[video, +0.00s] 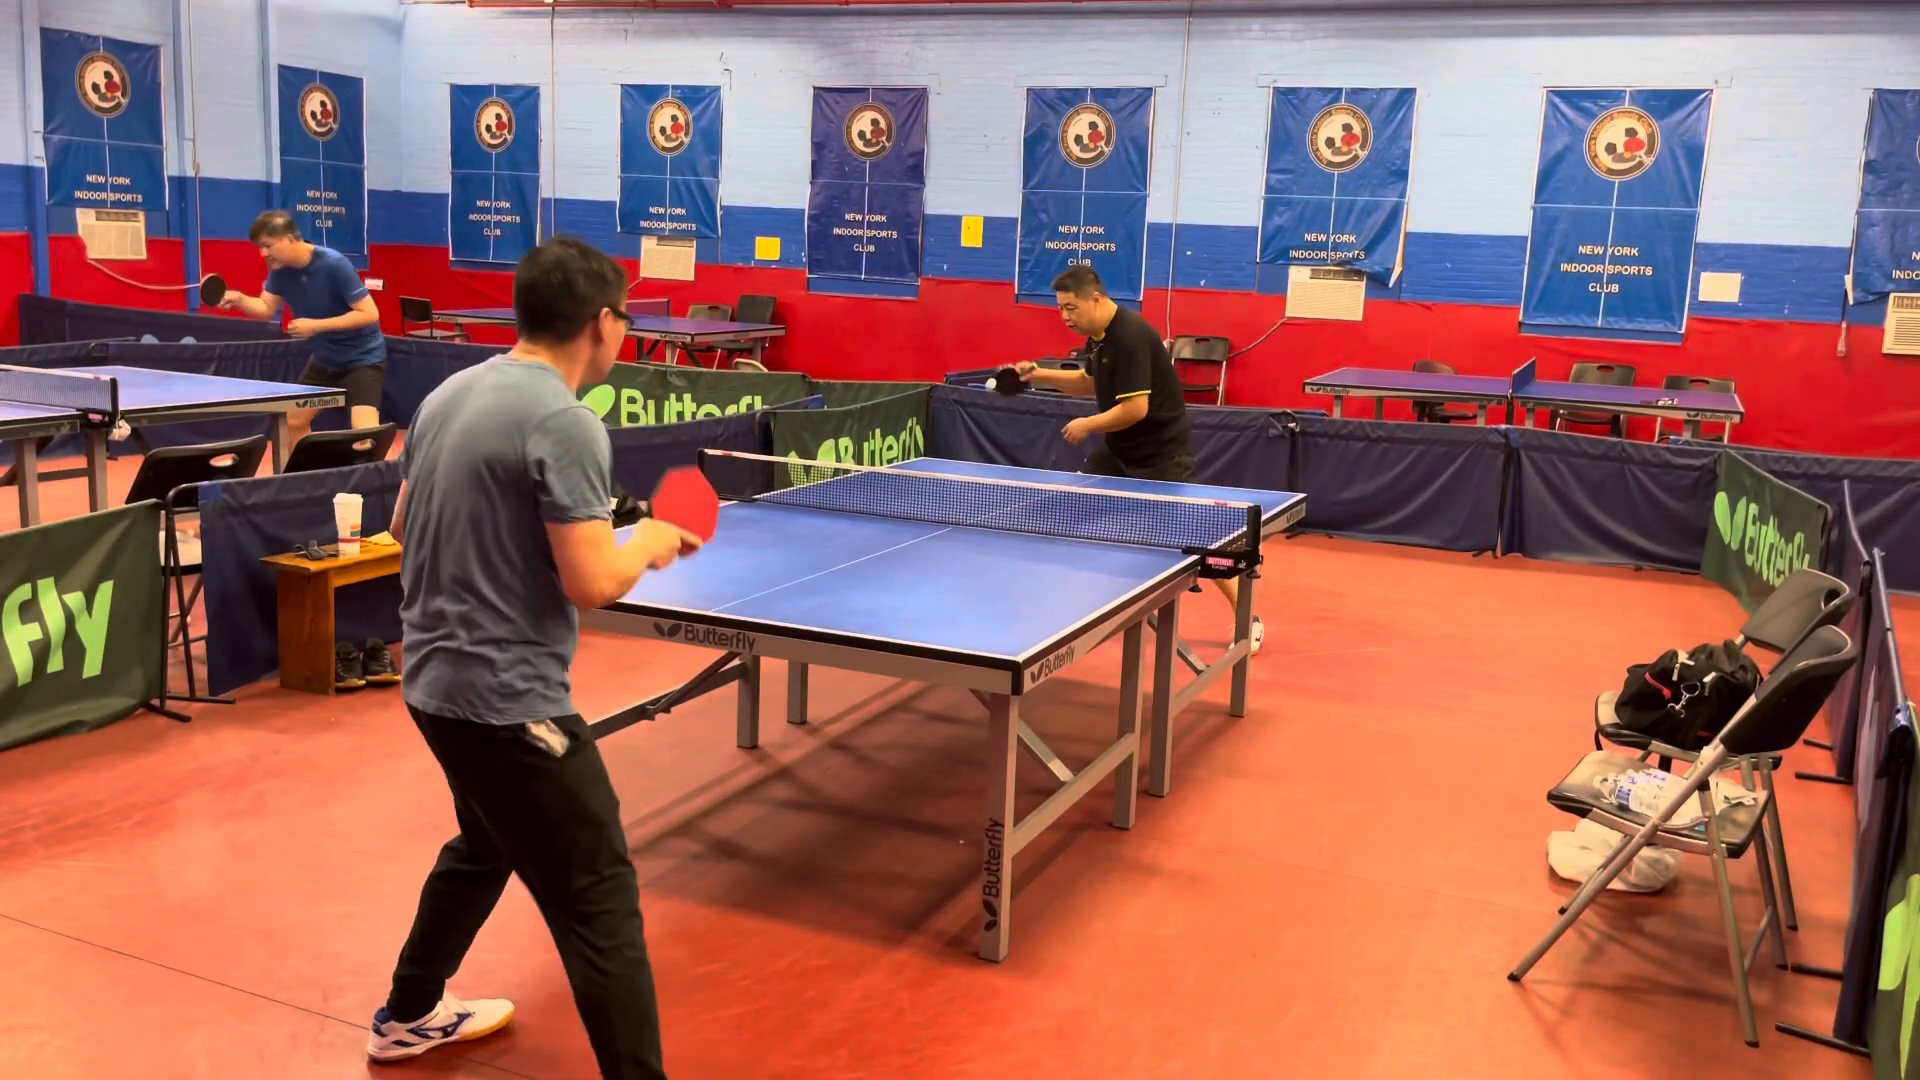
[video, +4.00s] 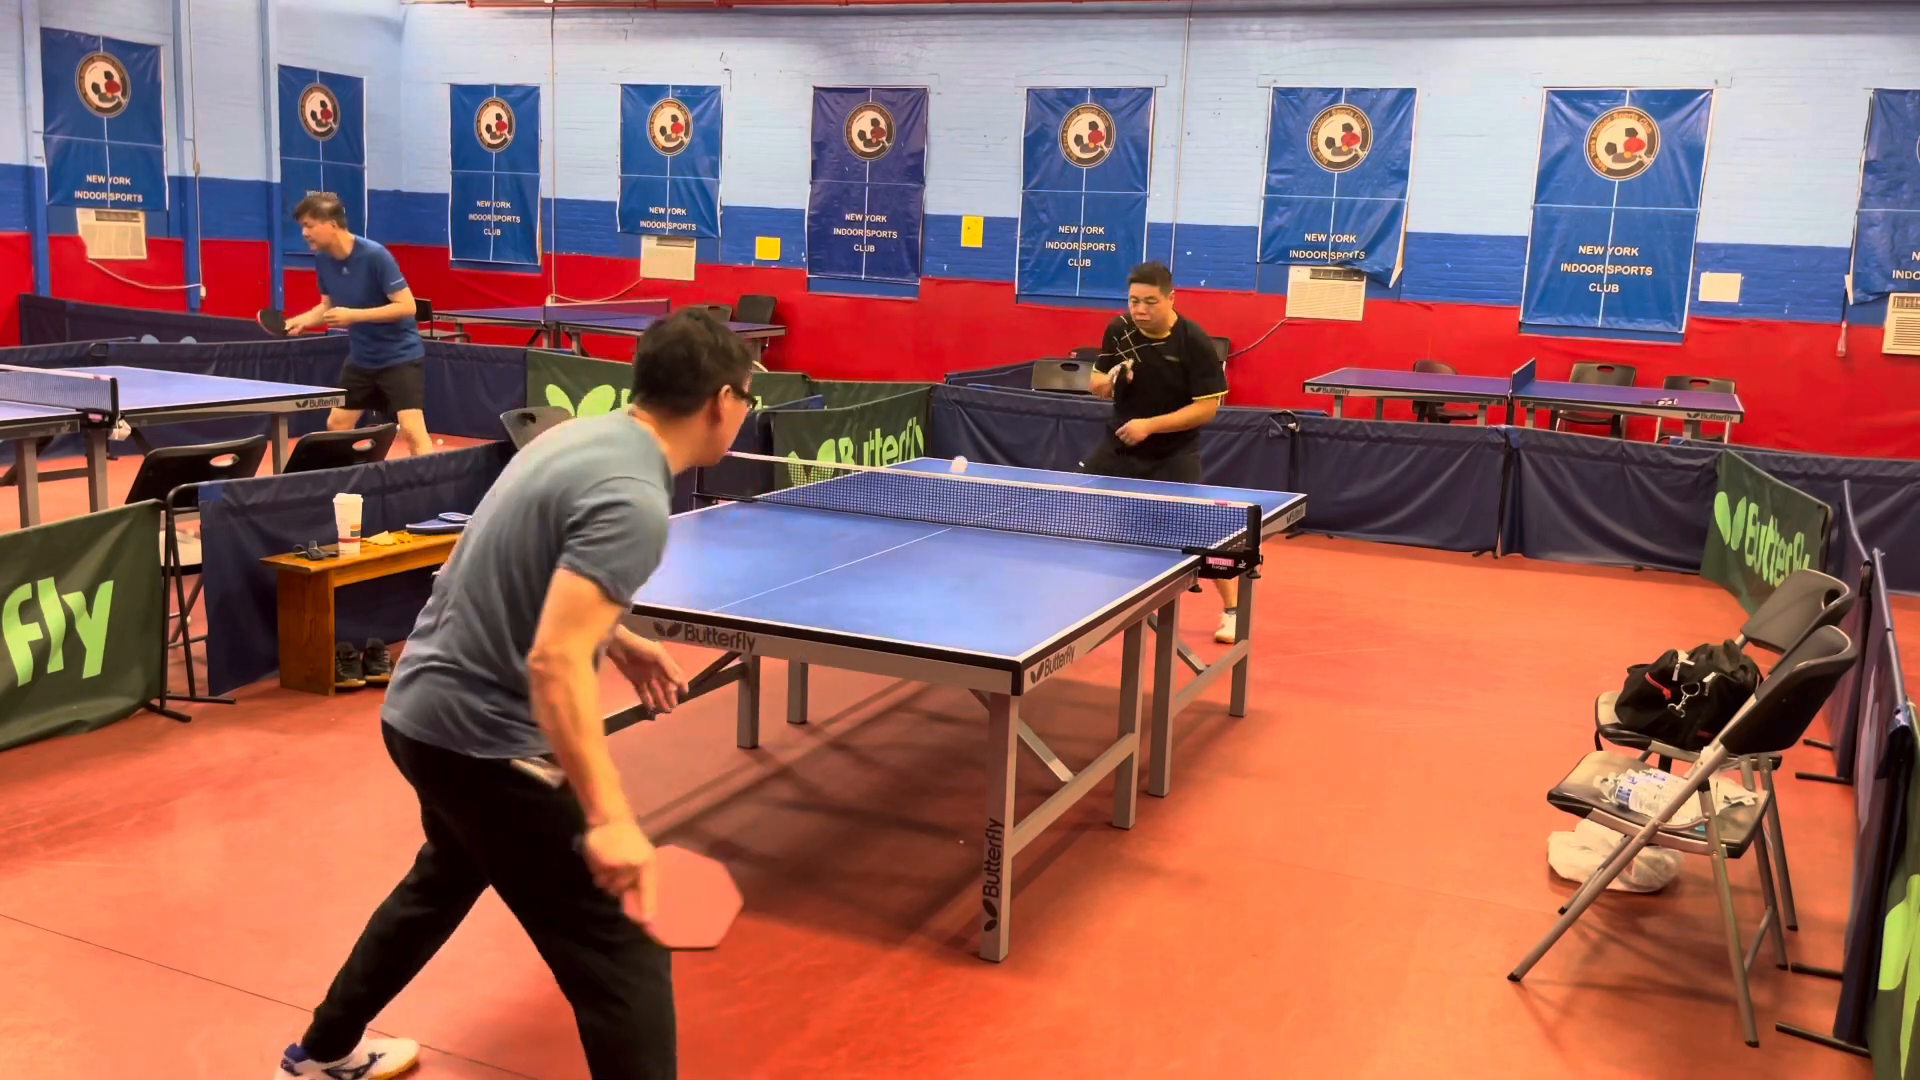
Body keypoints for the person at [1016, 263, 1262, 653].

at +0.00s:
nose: (1065, 317)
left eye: (1071, 308)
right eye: (1061, 309)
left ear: (1098, 300)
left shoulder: (1130, 336)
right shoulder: (1099, 334)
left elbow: (1136, 407)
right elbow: (1093, 382)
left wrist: (1088, 424)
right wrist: (1038, 375)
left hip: (1161, 459)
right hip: (1116, 454)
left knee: (1196, 534)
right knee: (1065, 510)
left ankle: (1247, 619)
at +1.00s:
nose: (1066, 322)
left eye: (1072, 312)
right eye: (1062, 313)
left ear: (1099, 303)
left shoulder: (1128, 341)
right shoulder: (1102, 332)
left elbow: (1120, 415)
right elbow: (1104, 375)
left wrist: (1081, 413)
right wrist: (1060, 374)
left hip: (1150, 455)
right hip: (1107, 447)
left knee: (1176, 530)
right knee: (1062, 509)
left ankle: (1220, 614)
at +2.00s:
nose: (1044, 323)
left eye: (1051, 314)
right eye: (1040, 314)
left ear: (1077, 306)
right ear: (1040, 311)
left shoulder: (1113, 331)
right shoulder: (1051, 342)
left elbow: (1139, 393)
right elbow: (1010, 384)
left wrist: (1096, 426)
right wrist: (997, 365)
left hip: (1148, 443)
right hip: (1100, 443)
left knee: (1178, 521)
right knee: (1048, 504)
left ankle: (1228, 606)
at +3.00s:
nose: (1097, 325)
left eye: (1105, 315)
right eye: (1091, 317)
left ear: (1126, 307)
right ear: (1086, 315)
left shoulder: (1167, 339)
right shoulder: (1088, 348)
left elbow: (1193, 399)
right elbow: (1069, 414)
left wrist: (1138, 422)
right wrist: (1081, 383)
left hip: (1163, 452)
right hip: (1105, 450)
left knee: (1197, 519)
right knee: (1049, 500)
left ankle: (1230, 605)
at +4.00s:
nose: (1139, 310)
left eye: (1148, 302)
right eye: (1134, 301)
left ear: (1170, 299)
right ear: (1127, 298)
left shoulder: (1195, 341)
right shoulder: (1120, 329)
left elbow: (1208, 409)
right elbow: (1096, 385)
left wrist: (1149, 424)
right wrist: (1112, 379)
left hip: (1174, 452)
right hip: (1121, 445)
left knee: (1197, 522)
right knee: (1067, 497)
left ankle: (1231, 609)